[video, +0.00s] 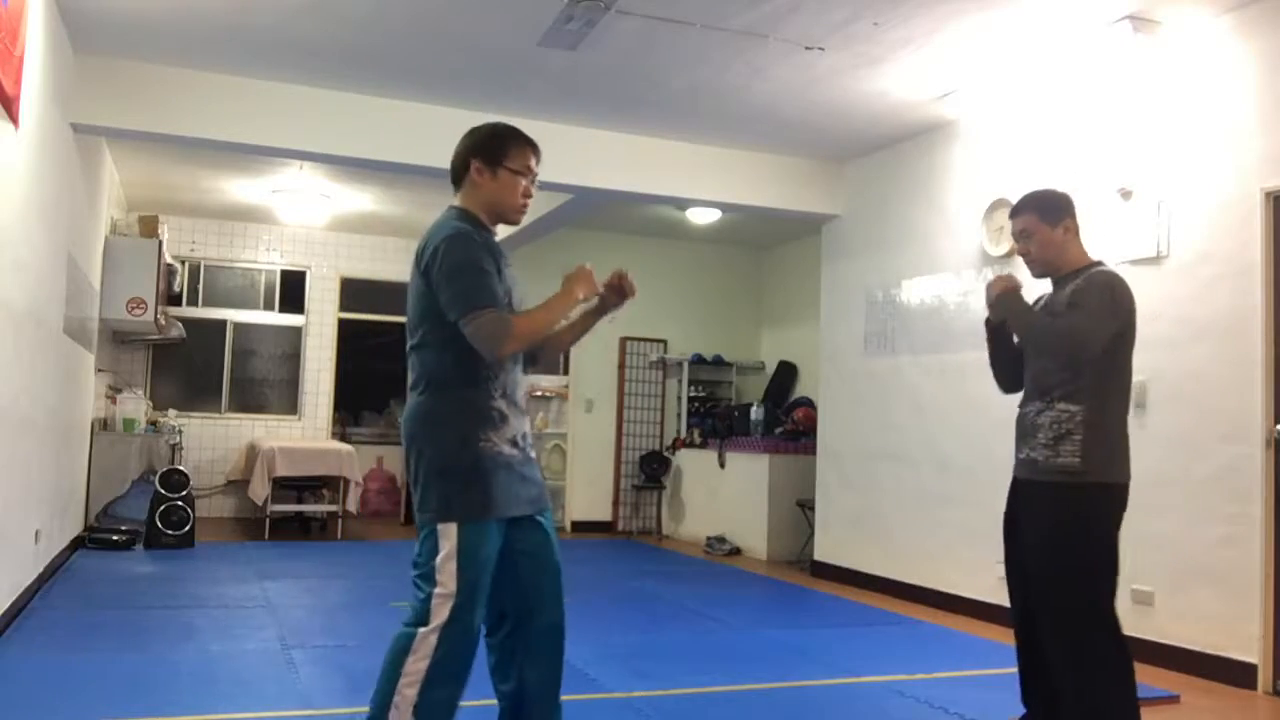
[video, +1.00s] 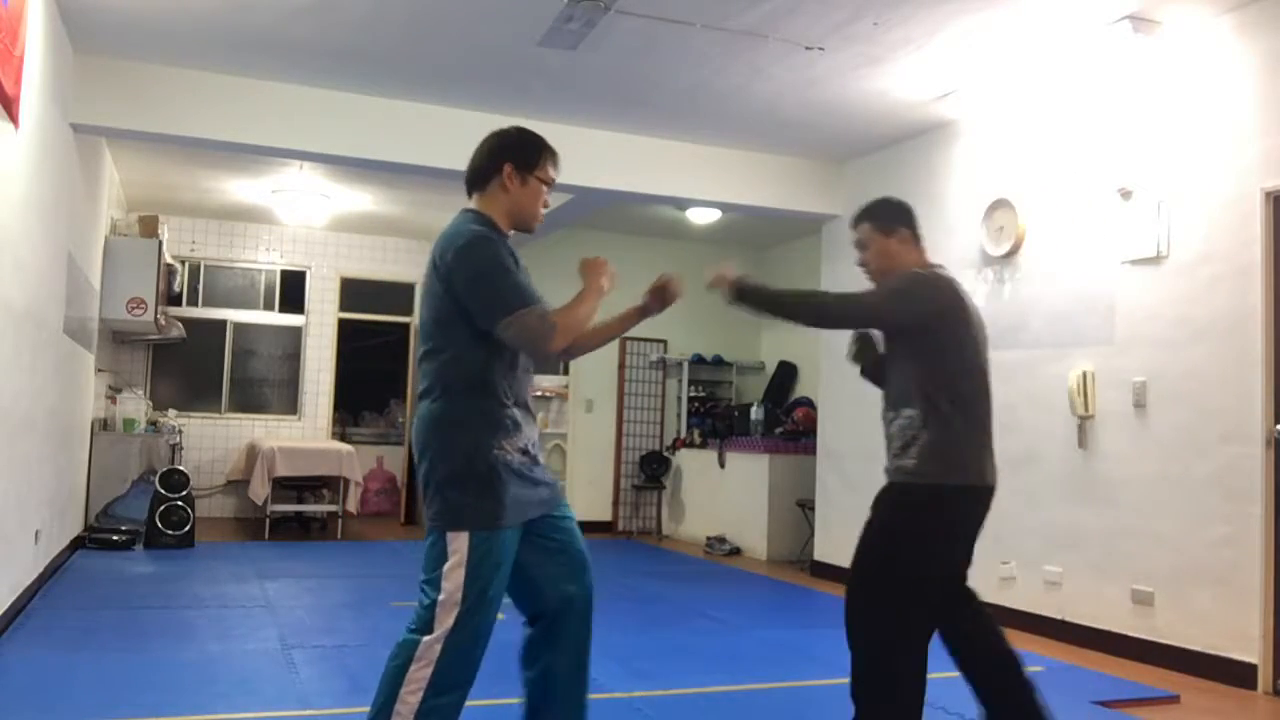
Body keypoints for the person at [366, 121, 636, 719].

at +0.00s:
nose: (530, 189)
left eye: (534, 179)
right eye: (520, 174)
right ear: (478, 171)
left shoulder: (489, 250)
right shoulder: (457, 239)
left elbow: (537, 351)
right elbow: (494, 337)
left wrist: (597, 310)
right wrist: (567, 295)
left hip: (508, 456)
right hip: (456, 454)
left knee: (532, 618)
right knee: (444, 619)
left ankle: (531, 713)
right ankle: (399, 715)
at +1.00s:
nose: (549, 200)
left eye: (552, 188)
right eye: (545, 184)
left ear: (506, 180)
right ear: (509, 175)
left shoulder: (494, 249)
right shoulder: (473, 242)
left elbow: (559, 346)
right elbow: (543, 337)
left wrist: (640, 310)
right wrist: (593, 289)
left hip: (518, 464)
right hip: (472, 465)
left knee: (566, 600)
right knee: (450, 627)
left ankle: (555, 715)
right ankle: (398, 718)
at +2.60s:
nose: (571, 194)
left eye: (572, 183)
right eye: (564, 179)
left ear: (529, 180)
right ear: (527, 176)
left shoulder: (529, 259)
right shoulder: (491, 245)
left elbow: (591, 345)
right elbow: (547, 342)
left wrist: (656, 300)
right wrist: (608, 293)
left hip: (544, 460)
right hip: (494, 460)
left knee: (569, 605)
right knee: (477, 622)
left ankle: (563, 715)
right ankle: (431, 715)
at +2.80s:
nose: (578, 197)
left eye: (579, 186)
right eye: (571, 183)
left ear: (536, 183)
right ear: (535, 178)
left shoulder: (536, 261)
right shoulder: (496, 245)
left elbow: (603, 341)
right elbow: (554, 339)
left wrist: (667, 290)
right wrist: (615, 287)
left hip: (544, 457)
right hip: (495, 458)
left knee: (571, 604)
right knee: (479, 620)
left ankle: (563, 715)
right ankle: (429, 716)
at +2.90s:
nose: (581, 199)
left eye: (582, 188)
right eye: (574, 184)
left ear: (539, 184)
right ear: (538, 180)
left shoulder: (540, 263)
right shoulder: (499, 247)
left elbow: (606, 342)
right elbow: (554, 342)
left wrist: (673, 296)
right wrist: (615, 290)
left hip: (546, 459)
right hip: (496, 460)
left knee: (572, 602)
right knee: (481, 620)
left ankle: (563, 715)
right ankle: (430, 716)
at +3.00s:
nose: (583, 204)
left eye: (585, 194)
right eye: (577, 190)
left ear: (540, 189)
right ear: (540, 184)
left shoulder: (540, 267)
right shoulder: (500, 249)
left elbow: (608, 344)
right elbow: (551, 347)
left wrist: (670, 292)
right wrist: (613, 296)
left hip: (541, 459)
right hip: (491, 460)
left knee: (571, 601)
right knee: (480, 619)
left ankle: (564, 715)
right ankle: (427, 716)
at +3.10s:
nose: (580, 217)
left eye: (582, 205)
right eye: (574, 202)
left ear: (535, 198)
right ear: (534, 194)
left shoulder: (529, 267)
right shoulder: (496, 255)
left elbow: (608, 318)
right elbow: (564, 349)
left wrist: (631, 239)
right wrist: (627, 307)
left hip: (530, 470)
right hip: (479, 470)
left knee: (567, 604)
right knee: (462, 623)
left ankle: (563, 716)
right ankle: (395, 714)